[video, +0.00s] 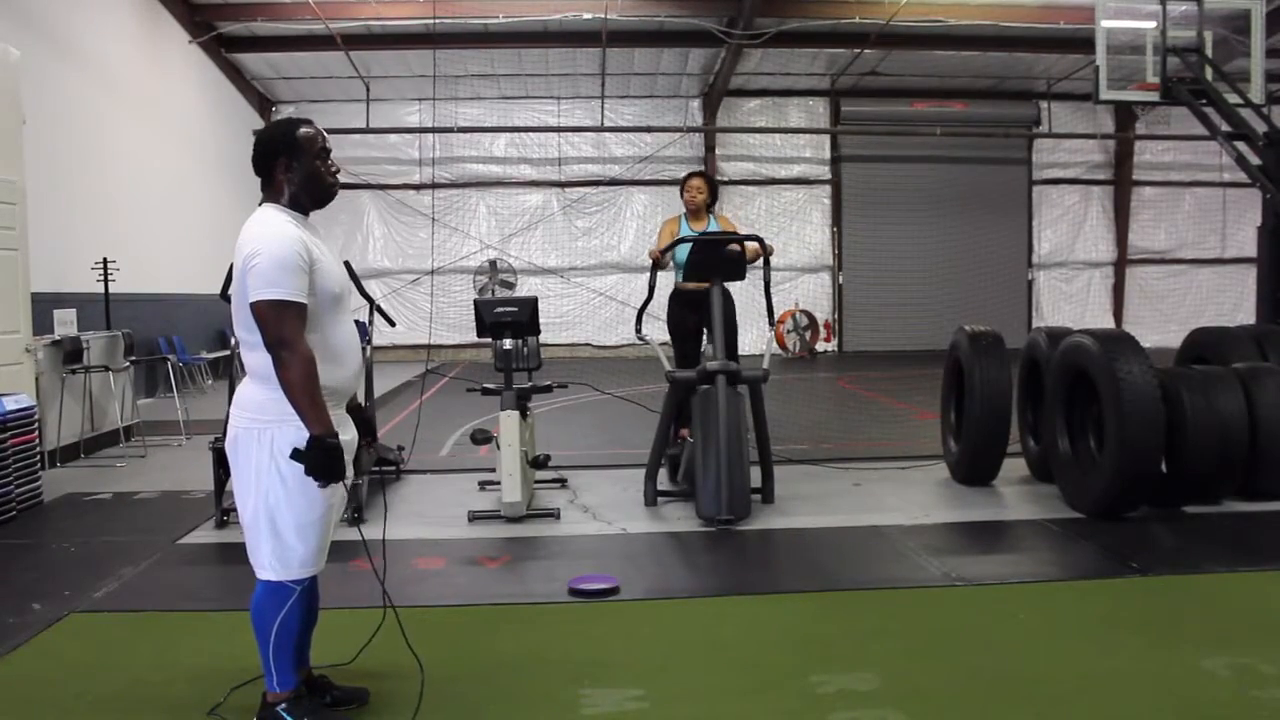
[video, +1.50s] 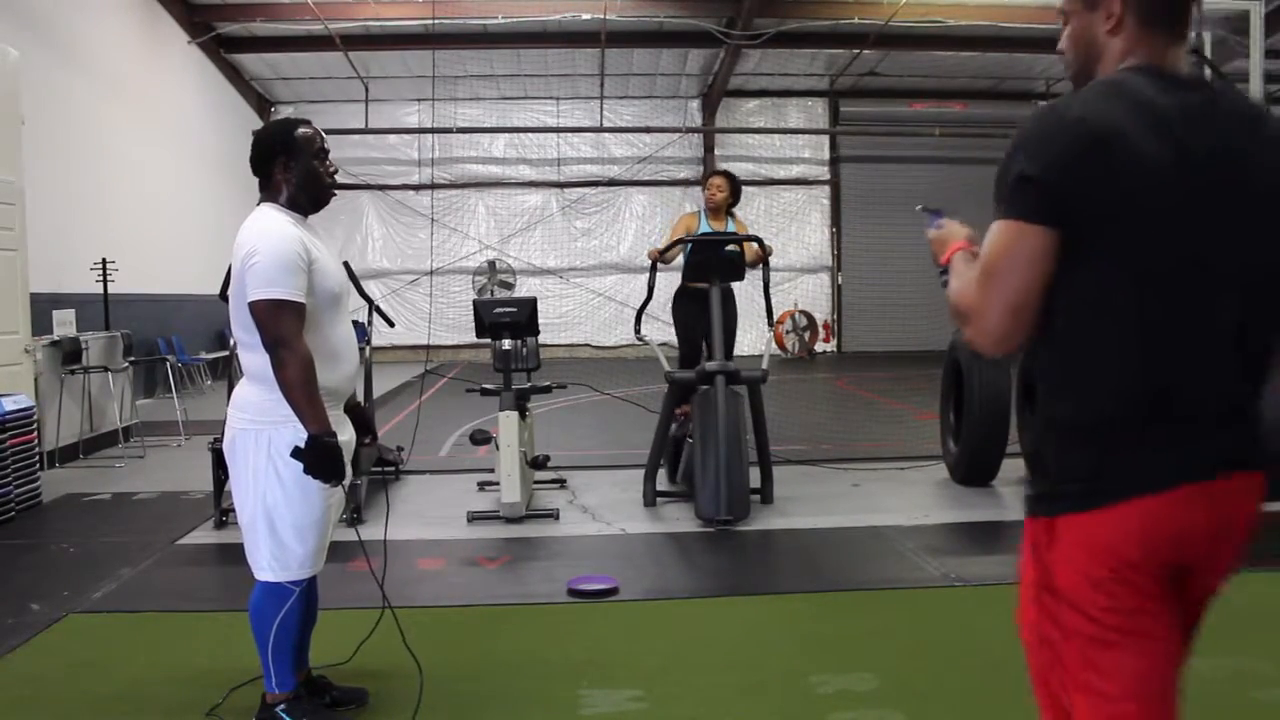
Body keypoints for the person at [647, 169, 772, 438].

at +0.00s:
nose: (692, 196)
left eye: (698, 191)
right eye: (687, 191)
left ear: (710, 197)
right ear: (681, 195)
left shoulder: (723, 224)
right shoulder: (673, 225)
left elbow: (740, 255)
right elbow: (663, 261)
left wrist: (758, 251)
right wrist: (657, 258)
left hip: (717, 298)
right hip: (684, 300)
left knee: (728, 359)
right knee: (686, 366)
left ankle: (730, 420)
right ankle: (683, 427)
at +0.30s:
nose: (712, 187)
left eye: (718, 183)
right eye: (707, 182)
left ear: (728, 189)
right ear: (701, 186)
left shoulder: (736, 218)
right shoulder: (688, 214)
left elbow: (748, 254)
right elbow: (672, 248)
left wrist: (761, 252)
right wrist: (661, 253)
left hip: (724, 291)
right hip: (691, 292)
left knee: (725, 355)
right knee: (691, 357)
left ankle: (723, 413)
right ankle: (685, 414)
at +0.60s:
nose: (703, 194)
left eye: (710, 190)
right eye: (699, 189)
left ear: (723, 196)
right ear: (695, 193)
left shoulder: (734, 223)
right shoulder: (684, 223)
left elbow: (746, 258)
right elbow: (671, 257)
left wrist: (760, 253)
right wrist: (660, 255)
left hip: (723, 295)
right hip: (691, 296)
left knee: (721, 352)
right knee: (692, 349)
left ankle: (721, 405)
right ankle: (688, 405)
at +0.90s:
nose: (682, 190)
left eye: (689, 185)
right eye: (679, 185)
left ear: (703, 190)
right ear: (676, 189)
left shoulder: (720, 217)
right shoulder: (670, 221)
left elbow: (740, 248)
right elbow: (664, 255)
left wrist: (756, 250)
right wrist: (657, 256)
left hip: (718, 294)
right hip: (684, 296)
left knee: (725, 359)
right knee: (687, 364)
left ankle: (725, 421)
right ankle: (685, 426)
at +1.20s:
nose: (696, 190)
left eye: (703, 186)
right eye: (694, 185)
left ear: (716, 192)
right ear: (688, 189)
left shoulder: (728, 221)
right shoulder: (677, 221)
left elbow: (741, 256)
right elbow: (666, 256)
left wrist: (757, 252)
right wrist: (657, 256)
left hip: (719, 296)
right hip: (685, 297)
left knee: (728, 357)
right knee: (686, 362)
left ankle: (729, 418)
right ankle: (683, 422)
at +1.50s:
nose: (712, 193)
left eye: (719, 189)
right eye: (708, 188)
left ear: (730, 197)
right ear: (703, 192)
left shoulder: (737, 225)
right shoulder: (690, 221)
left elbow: (748, 259)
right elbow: (670, 256)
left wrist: (760, 254)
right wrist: (659, 254)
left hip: (723, 297)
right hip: (691, 297)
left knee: (723, 356)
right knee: (690, 354)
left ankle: (720, 409)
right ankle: (683, 408)